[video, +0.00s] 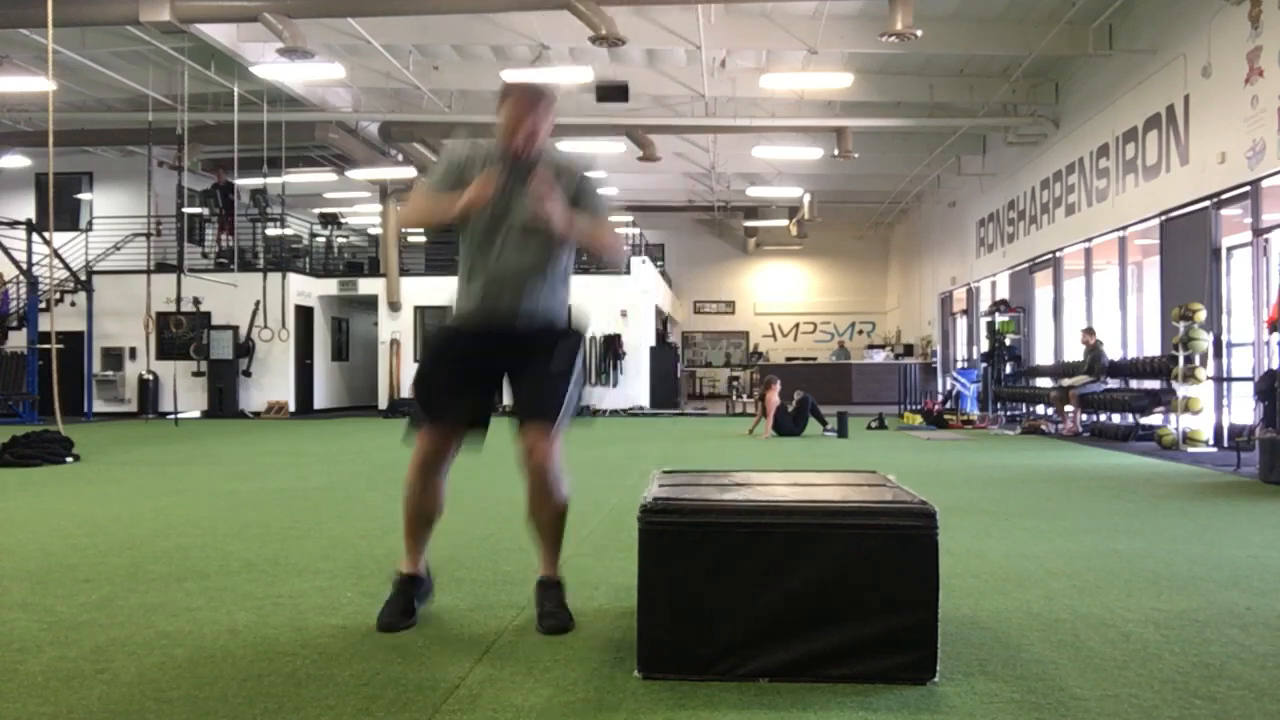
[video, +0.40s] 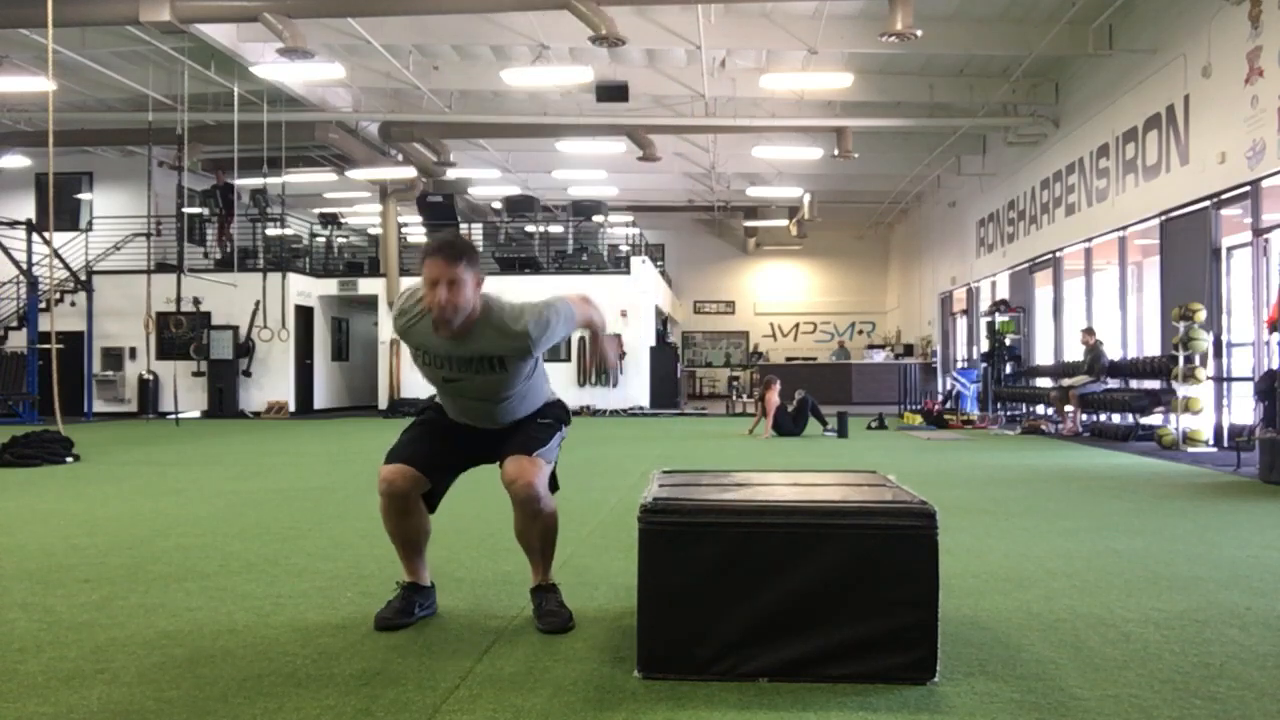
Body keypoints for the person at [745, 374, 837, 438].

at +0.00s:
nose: (779, 387)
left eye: (779, 385)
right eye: (778, 385)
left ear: (767, 385)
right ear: (773, 385)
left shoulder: (764, 396)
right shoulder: (772, 396)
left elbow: (759, 415)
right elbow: (770, 416)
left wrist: (751, 430)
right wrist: (767, 433)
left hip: (785, 430)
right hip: (793, 431)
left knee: (805, 398)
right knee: (807, 399)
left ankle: (825, 425)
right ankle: (826, 426)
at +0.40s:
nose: (779, 387)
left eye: (779, 385)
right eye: (778, 385)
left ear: (767, 385)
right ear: (773, 385)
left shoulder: (764, 396)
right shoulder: (772, 396)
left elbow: (759, 415)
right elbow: (770, 416)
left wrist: (751, 430)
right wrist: (767, 433)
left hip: (785, 430)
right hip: (793, 431)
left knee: (804, 398)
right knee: (807, 399)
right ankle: (826, 426)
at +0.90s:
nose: (779, 387)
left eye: (779, 384)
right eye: (778, 384)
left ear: (767, 385)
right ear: (773, 385)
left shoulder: (764, 396)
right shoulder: (772, 396)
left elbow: (759, 416)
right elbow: (770, 416)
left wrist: (751, 429)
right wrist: (767, 433)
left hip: (785, 430)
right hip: (793, 431)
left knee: (807, 402)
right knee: (807, 401)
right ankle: (826, 426)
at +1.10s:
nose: (779, 387)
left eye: (779, 384)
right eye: (778, 384)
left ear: (768, 386)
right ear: (772, 385)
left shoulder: (764, 396)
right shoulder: (772, 396)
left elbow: (759, 416)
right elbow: (770, 415)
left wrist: (751, 430)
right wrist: (767, 433)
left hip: (784, 430)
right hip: (793, 431)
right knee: (807, 401)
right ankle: (826, 426)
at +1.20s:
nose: (779, 387)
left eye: (779, 384)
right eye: (778, 384)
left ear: (768, 386)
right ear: (772, 385)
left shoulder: (764, 396)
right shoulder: (772, 396)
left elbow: (759, 415)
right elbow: (769, 415)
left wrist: (751, 429)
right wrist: (767, 433)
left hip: (785, 430)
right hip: (793, 431)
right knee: (808, 401)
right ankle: (826, 426)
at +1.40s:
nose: (779, 387)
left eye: (779, 385)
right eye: (778, 385)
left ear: (770, 386)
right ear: (772, 386)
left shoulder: (766, 396)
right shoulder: (771, 397)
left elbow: (760, 415)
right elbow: (769, 416)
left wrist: (751, 429)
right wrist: (767, 433)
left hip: (786, 429)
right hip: (792, 430)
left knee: (809, 401)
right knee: (807, 401)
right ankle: (826, 426)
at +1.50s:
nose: (779, 387)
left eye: (779, 384)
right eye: (777, 385)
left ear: (769, 386)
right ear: (772, 386)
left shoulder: (765, 396)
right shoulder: (771, 397)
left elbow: (759, 415)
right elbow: (769, 416)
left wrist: (751, 429)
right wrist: (767, 433)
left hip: (785, 430)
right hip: (793, 431)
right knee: (808, 401)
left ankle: (799, 402)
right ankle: (826, 426)